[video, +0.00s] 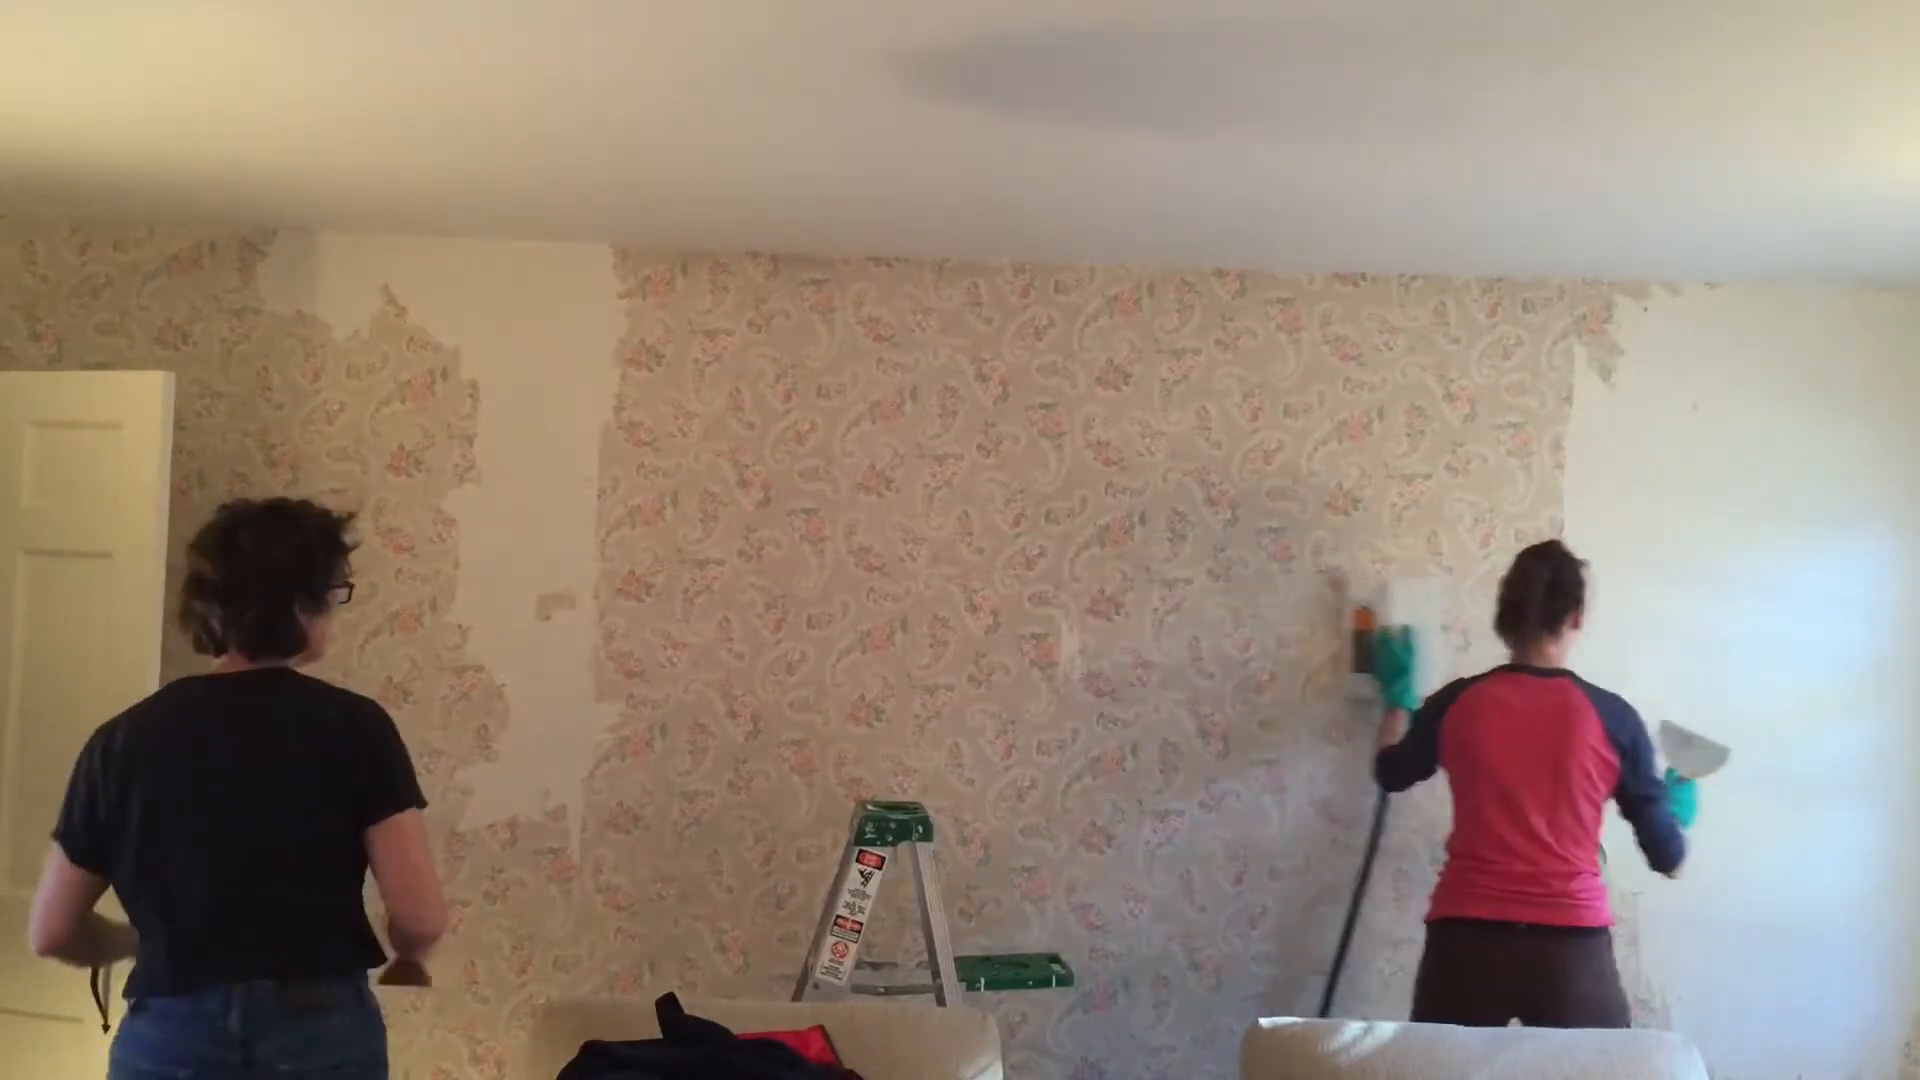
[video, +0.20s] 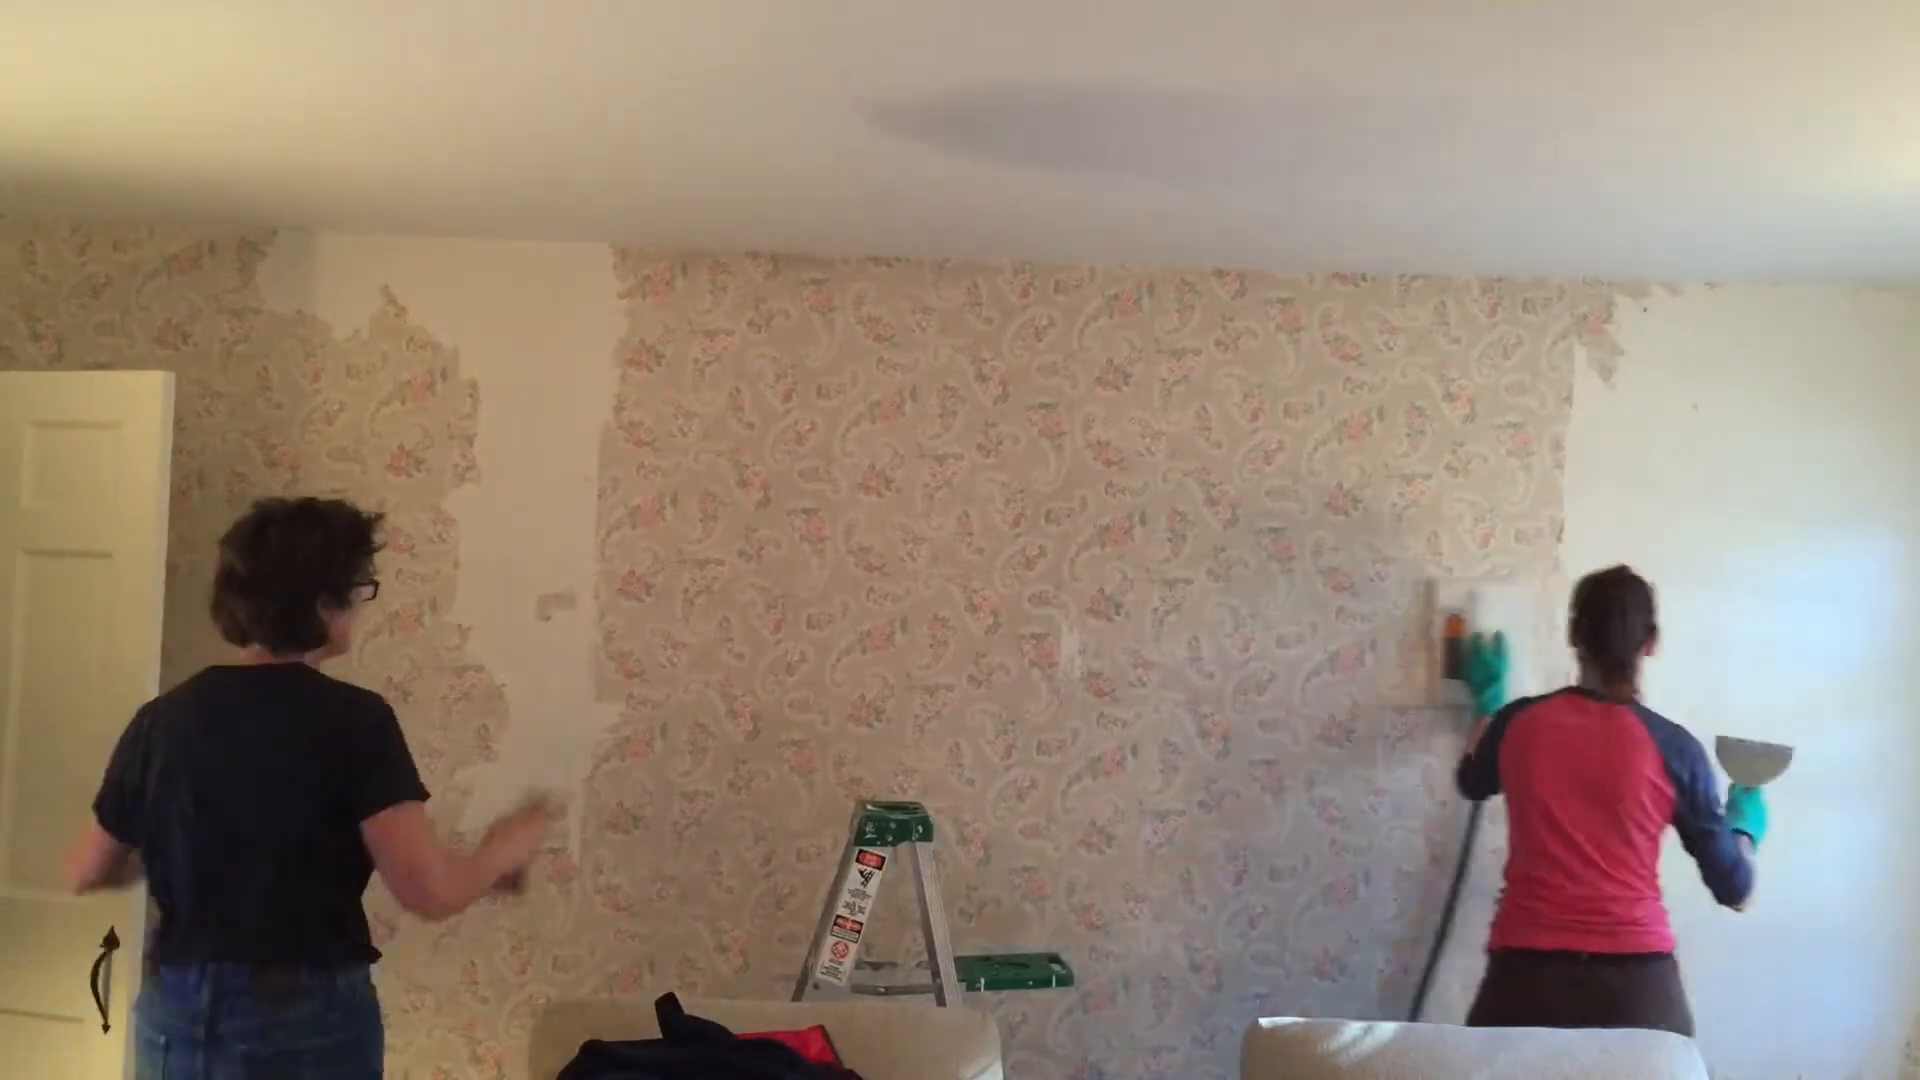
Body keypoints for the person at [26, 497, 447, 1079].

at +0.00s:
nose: (338, 612)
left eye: (340, 594)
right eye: (335, 594)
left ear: (207, 603)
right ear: (301, 603)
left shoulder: (122, 740)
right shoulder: (356, 725)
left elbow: (52, 934)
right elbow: (421, 918)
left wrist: (149, 938)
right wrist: (408, 955)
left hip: (167, 1037)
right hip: (326, 1037)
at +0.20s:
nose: (364, 606)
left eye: (365, 589)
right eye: (359, 589)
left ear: (239, 594)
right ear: (324, 602)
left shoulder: (164, 718)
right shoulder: (355, 717)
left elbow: (88, 870)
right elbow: (431, 891)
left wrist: (178, 841)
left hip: (173, 1022)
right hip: (314, 1025)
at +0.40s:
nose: (388, 615)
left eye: (387, 599)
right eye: (382, 599)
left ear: (275, 602)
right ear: (345, 611)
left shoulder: (208, 718)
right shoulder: (371, 722)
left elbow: (150, 838)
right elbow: (474, 867)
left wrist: (236, 796)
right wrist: (558, 802)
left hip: (203, 1005)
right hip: (323, 1015)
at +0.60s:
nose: (431, 649)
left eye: (436, 631)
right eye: (428, 628)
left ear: (336, 619)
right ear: (385, 622)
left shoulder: (266, 712)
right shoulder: (391, 721)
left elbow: (230, 853)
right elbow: (454, 878)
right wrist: (557, 852)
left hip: (234, 986)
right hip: (338, 1002)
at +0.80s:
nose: (479, 640)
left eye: (485, 623)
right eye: (478, 621)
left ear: (391, 605)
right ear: (435, 612)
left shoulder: (330, 690)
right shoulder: (430, 703)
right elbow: (494, 850)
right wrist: (619, 826)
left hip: (284, 962)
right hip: (376, 973)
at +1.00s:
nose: (552, 633)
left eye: (556, 619)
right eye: (546, 617)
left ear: (481, 611)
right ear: (504, 614)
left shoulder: (392, 695)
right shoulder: (493, 722)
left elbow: (351, 797)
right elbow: (526, 878)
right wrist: (652, 847)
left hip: (357, 960)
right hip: (445, 974)